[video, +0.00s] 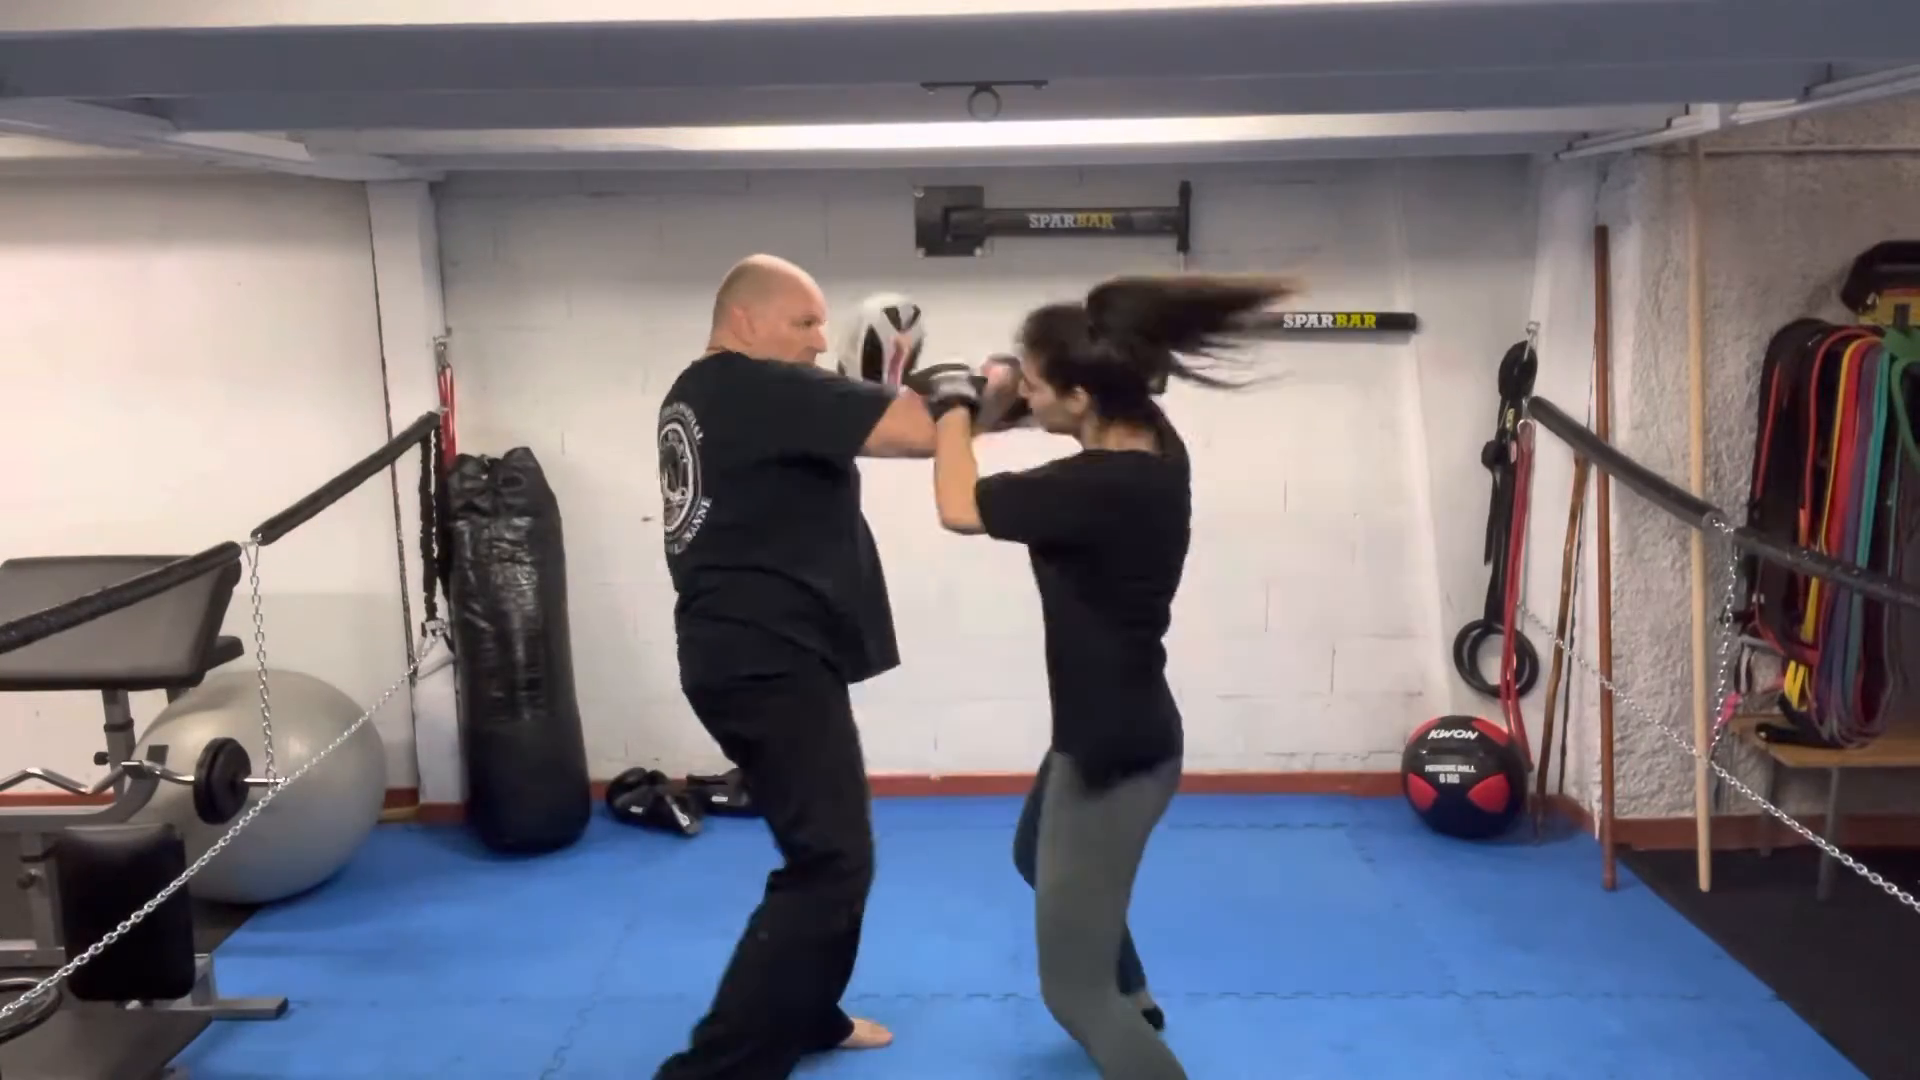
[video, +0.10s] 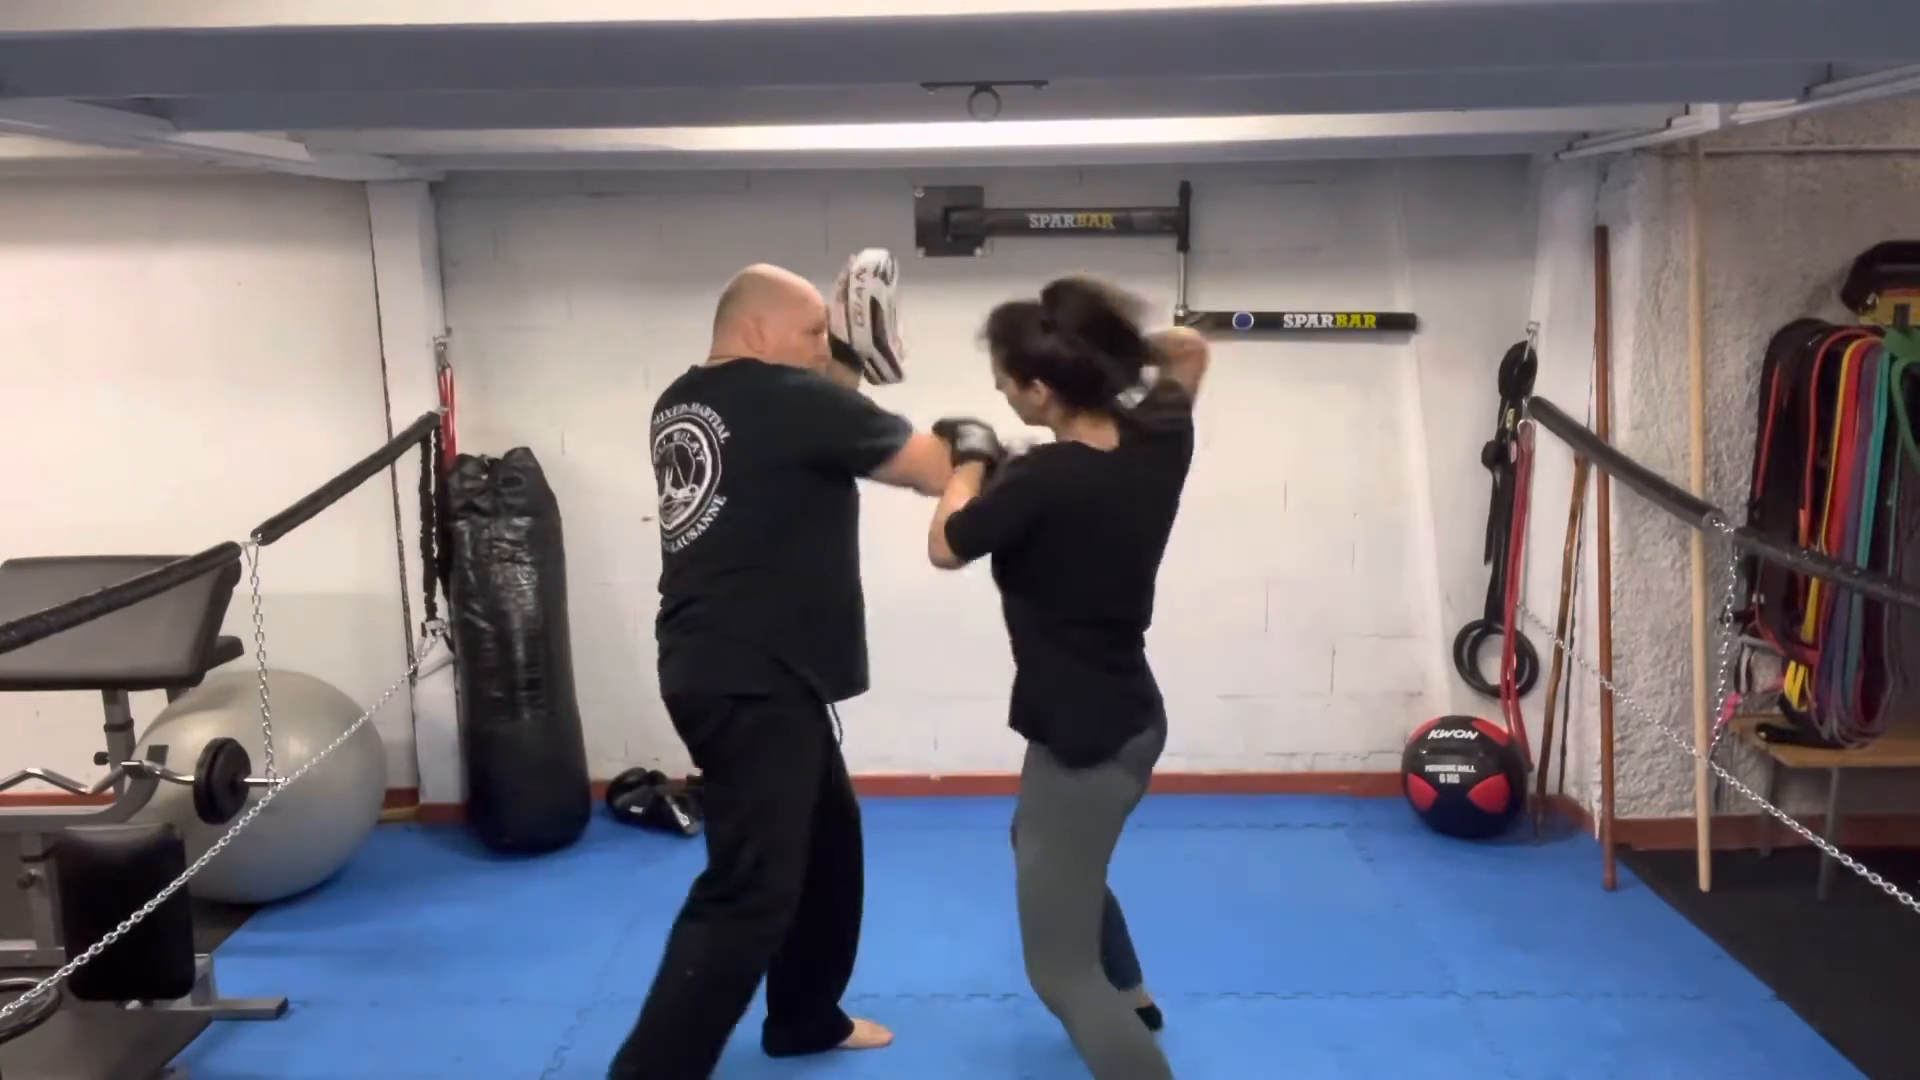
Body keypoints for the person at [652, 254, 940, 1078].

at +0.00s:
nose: (819, 341)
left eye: (819, 326)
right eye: (806, 325)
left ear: (740, 329)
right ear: (744, 322)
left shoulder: (701, 391)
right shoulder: (755, 388)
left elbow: (821, 441)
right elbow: (922, 427)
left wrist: (878, 391)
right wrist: (995, 394)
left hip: (745, 654)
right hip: (771, 658)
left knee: (830, 848)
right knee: (833, 862)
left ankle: (805, 1017)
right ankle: (721, 1063)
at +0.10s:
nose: (824, 350)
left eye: (824, 334)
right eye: (815, 333)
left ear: (737, 334)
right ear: (766, 332)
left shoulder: (679, 402)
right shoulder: (793, 398)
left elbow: (785, 434)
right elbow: (934, 466)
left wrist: (841, 362)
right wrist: (960, 434)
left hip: (705, 669)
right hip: (759, 674)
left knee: (827, 838)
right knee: (754, 883)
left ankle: (805, 1022)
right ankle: (650, 1072)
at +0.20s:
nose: (826, 367)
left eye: (830, 351)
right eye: (820, 347)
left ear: (744, 341)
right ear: (770, 341)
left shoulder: (681, 403)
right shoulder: (799, 426)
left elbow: (809, 425)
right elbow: (911, 550)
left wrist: (862, 328)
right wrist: (927, 522)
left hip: (685, 682)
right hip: (742, 694)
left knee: (817, 845)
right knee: (710, 902)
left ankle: (804, 1023)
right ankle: (603, 1072)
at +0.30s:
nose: (830, 371)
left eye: (832, 358)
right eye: (823, 355)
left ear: (752, 348)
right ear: (773, 348)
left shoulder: (687, 399)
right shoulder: (795, 438)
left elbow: (831, 403)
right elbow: (858, 592)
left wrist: (904, 329)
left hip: (671, 681)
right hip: (721, 695)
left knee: (803, 844)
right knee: (715, 903)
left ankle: (802, 1020)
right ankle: (613, 1074)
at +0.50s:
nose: (777, 369)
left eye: (777, 352)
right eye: (765, 351)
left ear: (699, 349)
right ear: (706, 347)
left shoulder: (681, 411)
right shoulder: (693, 427)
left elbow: (806, 445)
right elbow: (780, 601)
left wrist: (891, 402)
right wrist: (846, 677)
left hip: (725, 702)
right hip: (673, 711)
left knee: (790, 864)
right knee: (681, 938)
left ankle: (802, 1020)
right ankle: (608, 1076)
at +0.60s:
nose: (743, 372)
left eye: (743, 354)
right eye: (731, 353)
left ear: (669, 349)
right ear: (668, 347)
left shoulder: (684, 429)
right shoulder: (627, 440)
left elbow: (769, 481)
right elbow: (717, 606)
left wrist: (859, 442)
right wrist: (833, 642)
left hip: (722, 722)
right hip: (650, 730)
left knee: (776, 883)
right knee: (660, 946)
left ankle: (801, 1021)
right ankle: (605, 1073)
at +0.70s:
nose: (718, 374)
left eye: (719, 355)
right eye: (705, 355)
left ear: (643, 350)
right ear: (639, 350)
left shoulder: (658, 422)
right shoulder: (583, 455)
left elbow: (709, 515)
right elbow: (634, 626)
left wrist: (805, 494)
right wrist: (784, 634)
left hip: (707, 727)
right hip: (631, 742)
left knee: (751, 892)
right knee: (638, 952)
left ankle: (797, 1021)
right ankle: (605, 1074)